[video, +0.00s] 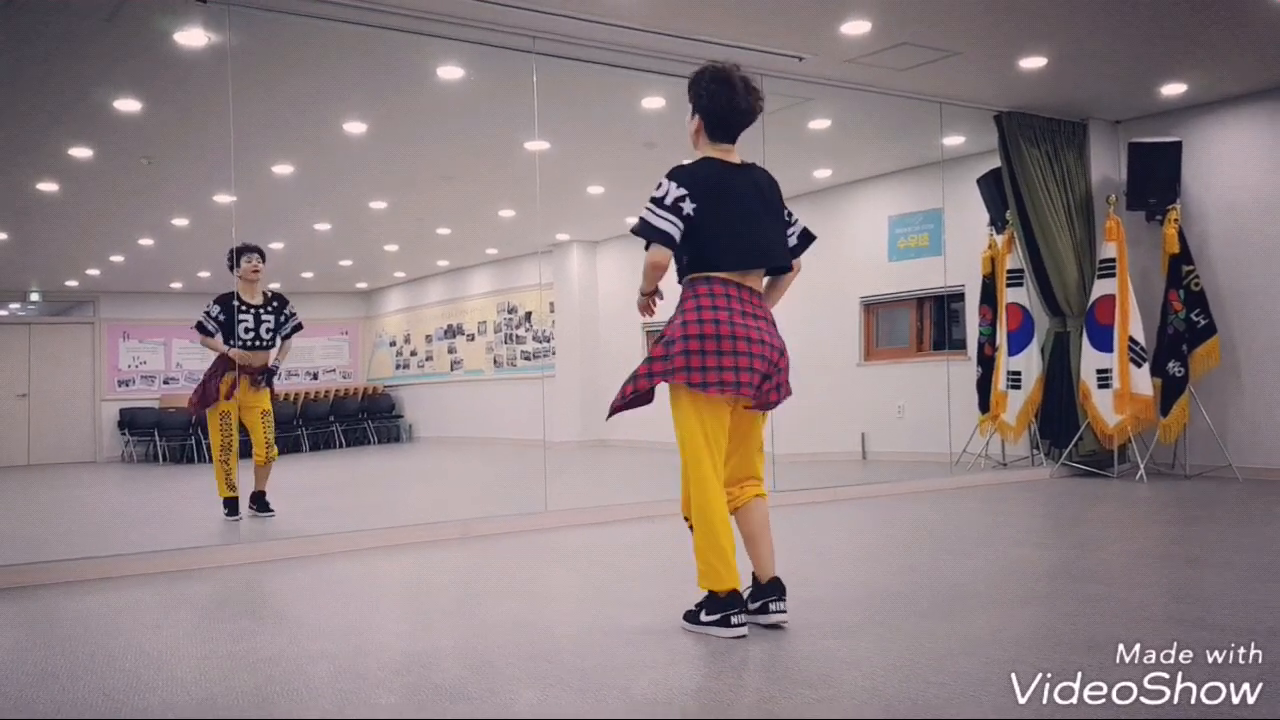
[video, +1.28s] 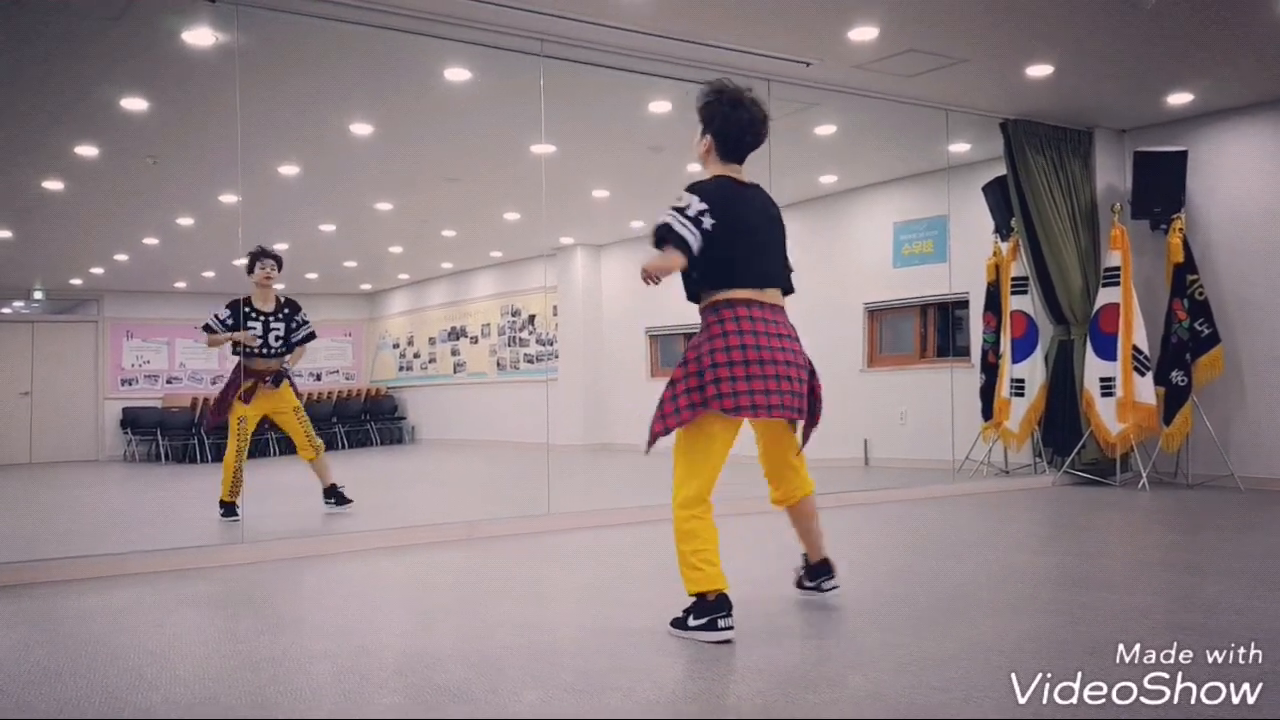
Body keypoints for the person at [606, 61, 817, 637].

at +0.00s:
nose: (687, 124)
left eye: (689, 115)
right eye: (693, 115)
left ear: (696, 122)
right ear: (744, 125)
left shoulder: (684, 179)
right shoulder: (765, 183)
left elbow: (658, 258)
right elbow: (792, 263)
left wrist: (647, 291)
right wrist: (756, 313)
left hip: (702, 320)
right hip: (756, 323)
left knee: (704, 472)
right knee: (744, 473)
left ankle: (722, 597)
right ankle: (768, 588)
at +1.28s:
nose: (696, 142)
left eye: (699, 134)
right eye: (699, 134)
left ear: (706, 141)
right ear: (751, 146)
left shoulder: (704, 195)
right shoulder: (767, 203)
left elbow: (674, 257)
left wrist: (654, 266)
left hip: (725, 340)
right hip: (779, 338)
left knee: (692, 487)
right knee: (786, 464)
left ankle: (709, 599)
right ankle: (819, 561)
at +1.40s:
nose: (719, 145)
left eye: (722, 136)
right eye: (721, 135)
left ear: (733, 143)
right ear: (770, 147)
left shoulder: (742, 200)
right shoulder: (782, 201)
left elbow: (738, 285)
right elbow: (787, 286)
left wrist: (680, 265)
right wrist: (710, 275)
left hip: (756, 340)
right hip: (797, 340)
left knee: (713, 480)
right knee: (802, 475)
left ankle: (715, 599)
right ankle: (858, 567)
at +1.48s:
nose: (730, 139)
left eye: (734, 130)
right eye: (734, 129)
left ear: (745, 138)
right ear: (781, 141)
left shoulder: (763, 197)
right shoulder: (791, 196)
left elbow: (760, 281)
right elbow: (803, 281)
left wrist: (697, 261)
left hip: (780, 343)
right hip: (812, 341)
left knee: (741, 471)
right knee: (819, 470)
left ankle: (726, 589)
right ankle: (863, 575)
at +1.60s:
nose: (756, 135)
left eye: (758, 125)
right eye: (759, 125)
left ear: (769, 132)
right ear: (805, 132)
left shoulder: (785, 192)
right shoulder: (818, 188)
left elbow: (773, 275)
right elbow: (827, 266)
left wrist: (712, 244)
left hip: (807, 328)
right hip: (844, 323)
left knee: (798, 459)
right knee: (852, 459)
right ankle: (869, 576)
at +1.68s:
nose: (767, 135)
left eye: (768, 126)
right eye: (769, 125)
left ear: (778, 131)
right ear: (817, 130)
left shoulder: (790, 189)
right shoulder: (834, 182)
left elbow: (763, 270)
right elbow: (856, 236)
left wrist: (709, 237)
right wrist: (820, 262)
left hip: (816, 321)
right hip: (854, 315)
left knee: (820, 464)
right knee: (859, 453)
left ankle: (875, 569)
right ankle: (871, 565)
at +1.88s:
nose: (801, 145)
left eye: (802, 138)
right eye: (803, 138)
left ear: (811, 142)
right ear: (851, 144)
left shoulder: (801, 197)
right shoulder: (874, 198)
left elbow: (750, 261)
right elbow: (924, 245)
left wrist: (702, 271)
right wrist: (868, 258)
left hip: (849, 337)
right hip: (882, 328)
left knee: (899, 466)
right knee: (862, 462)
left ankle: (978, 564)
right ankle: (873, 567)